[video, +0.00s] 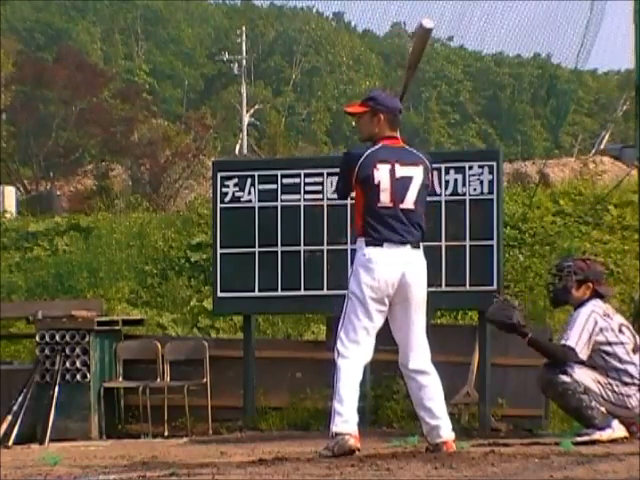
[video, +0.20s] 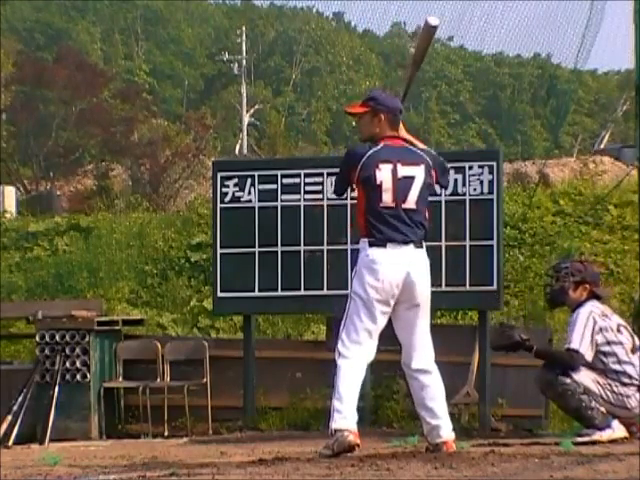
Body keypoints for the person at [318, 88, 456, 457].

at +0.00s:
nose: (357, 123)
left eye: (362, 118)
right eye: (358, 117)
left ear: (380, 120)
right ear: (391, 122)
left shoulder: (358, 157)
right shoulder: (421, 160)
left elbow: (341, 192)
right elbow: (417, 194)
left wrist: (377, 169)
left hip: (375, 260)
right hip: (414, 261)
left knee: (352, 348)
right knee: (417, 354)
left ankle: (344, 432)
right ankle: (442, 435)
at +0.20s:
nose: (358, 123)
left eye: (363, 117)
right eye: (359, 117)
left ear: (381, 120)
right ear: (393, 121)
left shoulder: (360, 155)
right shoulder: (424, 157)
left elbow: (339, 189)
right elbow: (443, 178)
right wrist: (415, 142)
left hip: (379, 260)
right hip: (418, 261)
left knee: (354, 347)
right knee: (420, 353)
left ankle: (343, 428)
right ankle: (442, 435)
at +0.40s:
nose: (357, 124)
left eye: (362, 119)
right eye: (358, 118)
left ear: (380, 121)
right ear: (393, 122)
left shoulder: (358, 155)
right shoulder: (423, 161)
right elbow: (429, 184)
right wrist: (402, 142)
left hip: (376, 261)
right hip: (415, 261)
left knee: (353, 348)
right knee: (419, 352)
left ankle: (344, 431)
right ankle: (442, 435)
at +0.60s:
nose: (352, 125)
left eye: (357, 119)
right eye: (353, 118)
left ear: (375, 121)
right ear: (385, 123)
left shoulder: (358, 154)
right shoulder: (417, 159)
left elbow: (334, 196)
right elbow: (416, 196)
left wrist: (361, 165)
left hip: (377, 260)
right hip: (413, 260)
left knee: (350, 349)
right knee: (416, 355)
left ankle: (345, 433)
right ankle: (442, 435)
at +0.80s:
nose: (340, 123)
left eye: (346, 118)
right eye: (341, 117)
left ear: (366, 121)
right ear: (371, 123)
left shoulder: (359, 156)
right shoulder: (398, 157)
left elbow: (332, 214)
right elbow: (367, 195)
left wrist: (316, 202)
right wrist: (332, 170)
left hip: (375, 261)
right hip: (406, 261)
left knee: (341, 351)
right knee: (404, 356)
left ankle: (348, 437)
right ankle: (440, 436)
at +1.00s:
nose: (320, 122)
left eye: (325, 116)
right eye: (320, 117)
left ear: (345, 120)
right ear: (346, 121)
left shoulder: (351, 153)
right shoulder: (362, 155)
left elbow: (360, 217)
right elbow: (328, 215)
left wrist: (328, 229)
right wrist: (289, 190)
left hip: (370, 257)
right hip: (390, 257)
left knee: (340, 350)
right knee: (358, 350)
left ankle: (346, 437)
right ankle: (400, 423)